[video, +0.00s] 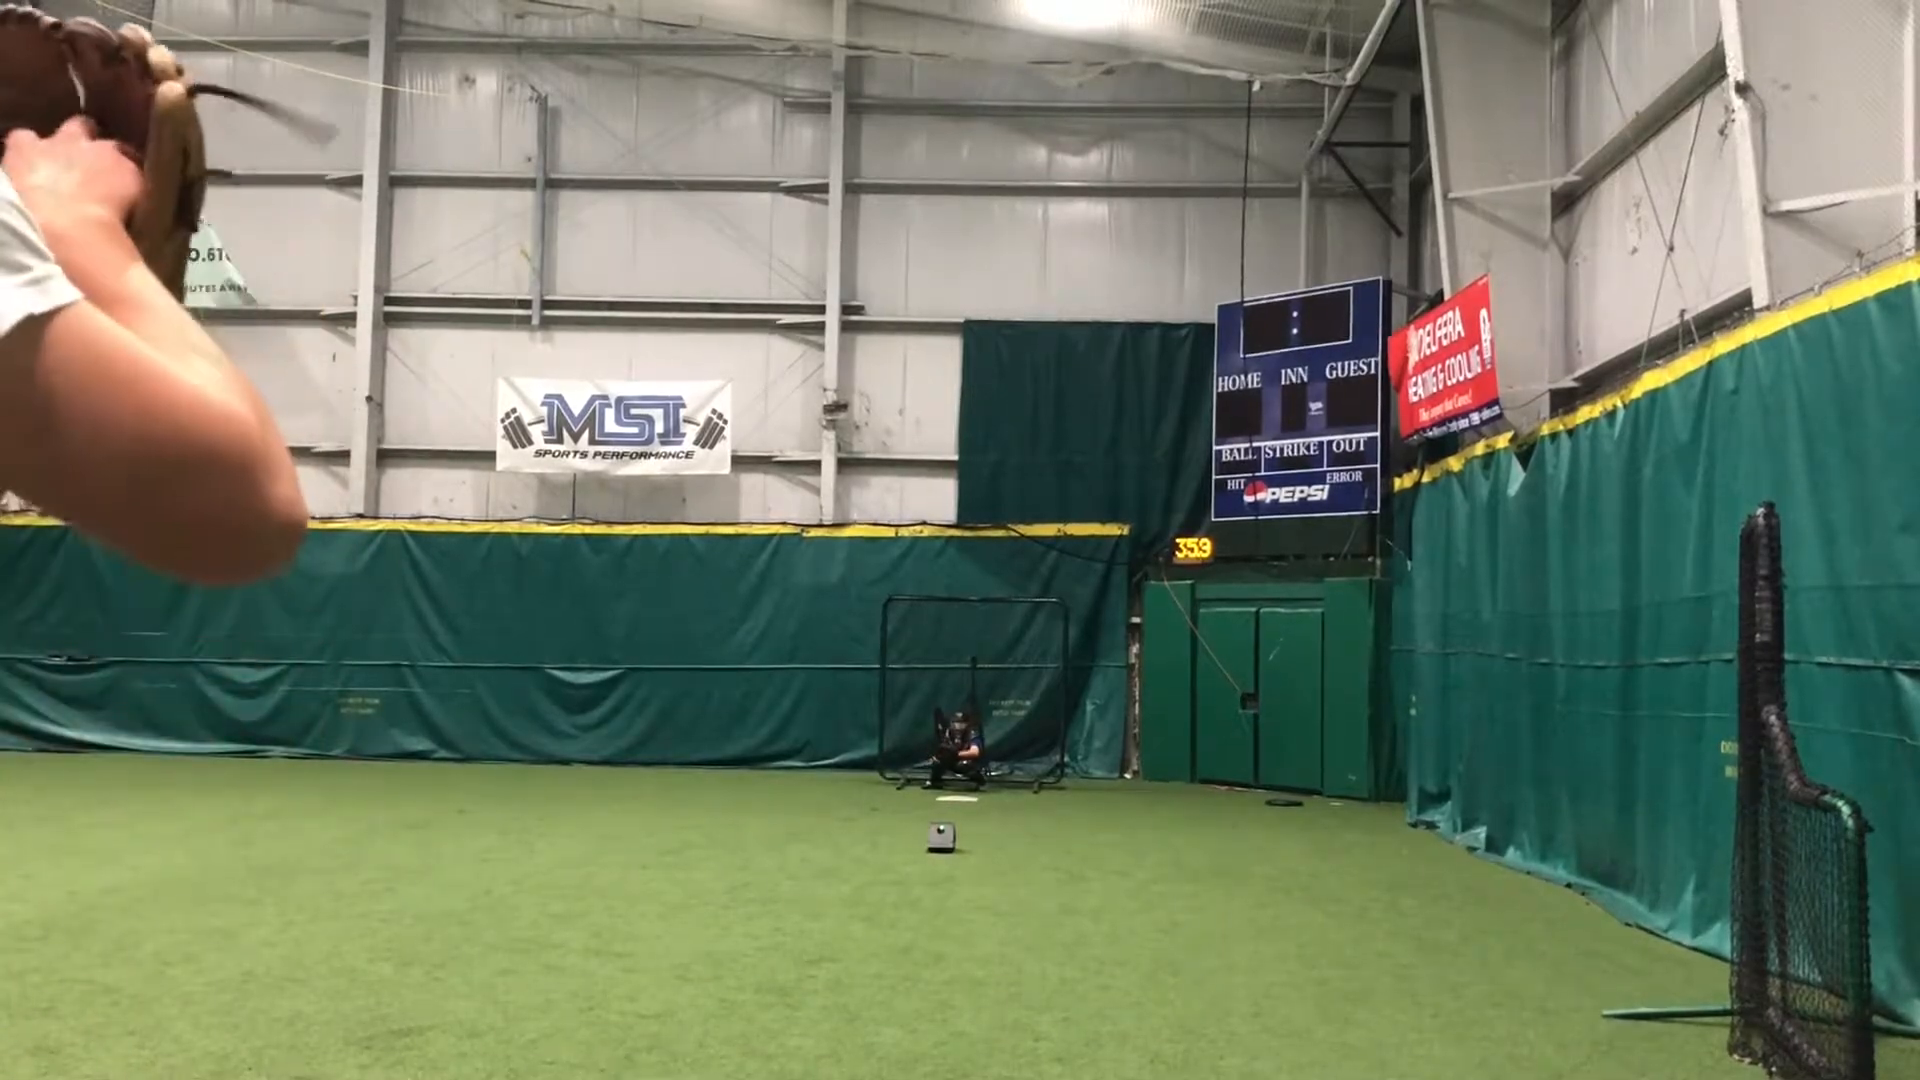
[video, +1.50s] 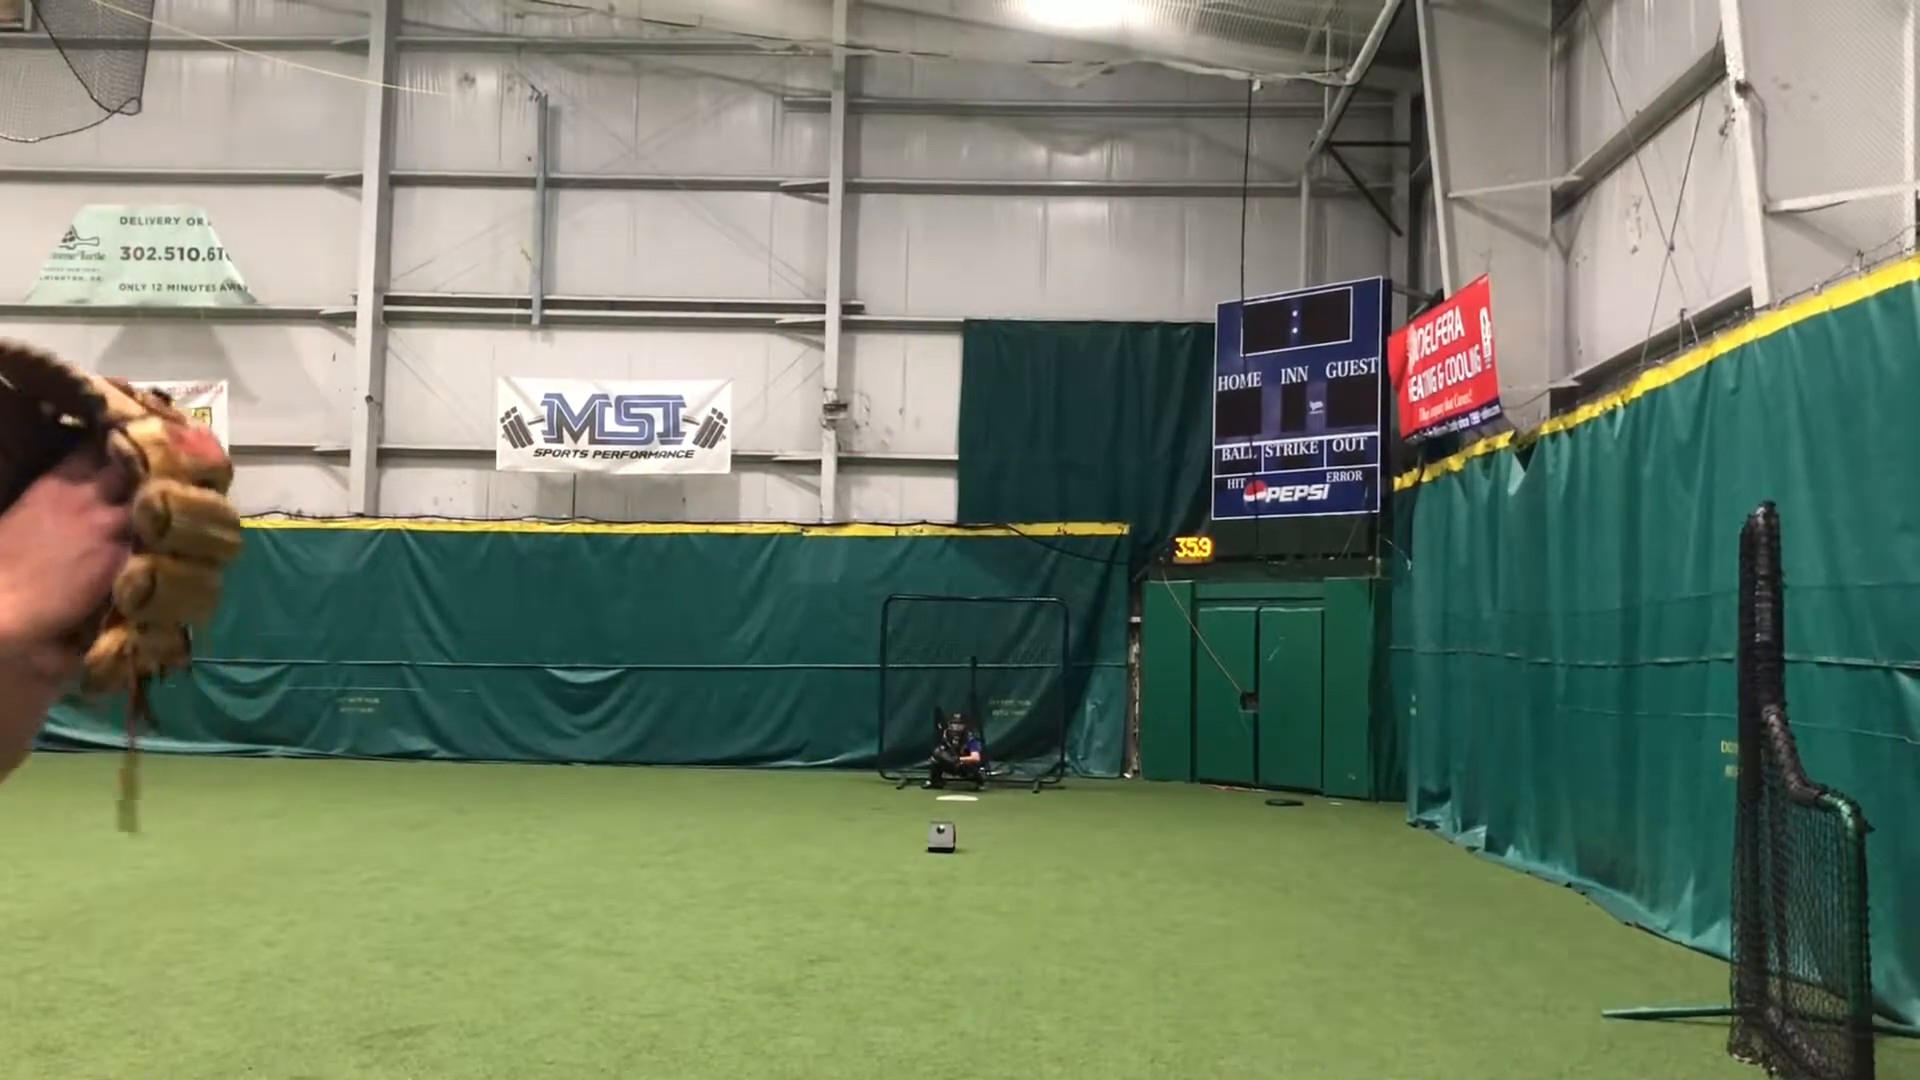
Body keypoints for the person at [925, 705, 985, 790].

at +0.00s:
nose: (957, 727)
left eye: (960, 723)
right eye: (954, 723)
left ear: (966, 724)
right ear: (951, 724)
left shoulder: (972, 735)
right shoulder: (948, 733)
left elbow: (974, 752)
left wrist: (955, 754)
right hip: (948, 759)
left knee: (964, 766)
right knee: (937, 765)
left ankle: (980, 781)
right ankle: (935, 781)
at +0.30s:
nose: (957, 726)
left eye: (960, 723)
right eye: (955, 723)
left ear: (966, 724)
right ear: (951, 723)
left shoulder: (971, 735)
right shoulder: (949, 733)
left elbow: (976, 754)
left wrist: (960, 758)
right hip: (949, 758)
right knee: (937, 763)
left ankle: (980, 781)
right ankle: (935, 781)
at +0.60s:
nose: (958, 727)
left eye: (961, 724)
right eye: (955, 723)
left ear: (966, 725)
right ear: (951, 725)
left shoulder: (972, 737)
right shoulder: (947, 735)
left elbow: (977, 756)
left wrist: (964, 760)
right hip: (950, 761)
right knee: (937, 762)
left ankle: (980, 782)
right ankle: (935, 781)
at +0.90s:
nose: (958, 727)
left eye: (961, 723)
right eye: (955, 723)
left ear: (966, 725)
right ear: (951, 725)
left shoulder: (972, 737)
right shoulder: (947, 735)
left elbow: (977, 756)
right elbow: (941, 750)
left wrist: (962, 759)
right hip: (950, 762)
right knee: (936, 763)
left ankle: (979, 782)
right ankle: (936, 781)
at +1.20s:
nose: (957, 728)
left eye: (961, 724)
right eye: (955, 724)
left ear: (966, 725)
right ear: (951, 725)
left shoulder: (971, 739)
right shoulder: (948, 736)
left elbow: (977, 757)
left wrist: (961, 760)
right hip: (951, 764)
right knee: (936, 761)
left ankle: (981, 782)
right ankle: (935, 780)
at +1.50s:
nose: (955, 728)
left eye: (959, 724)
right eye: (953, 724)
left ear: (965, 726)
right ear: (949, 726)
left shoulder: (971, 740)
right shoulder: (947, 738)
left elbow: (976, 758)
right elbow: (938, 751)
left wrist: (959, 760)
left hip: (966, 767)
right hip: (950, 765)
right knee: (936, 760)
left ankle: (980, 782)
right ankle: (935, 781)